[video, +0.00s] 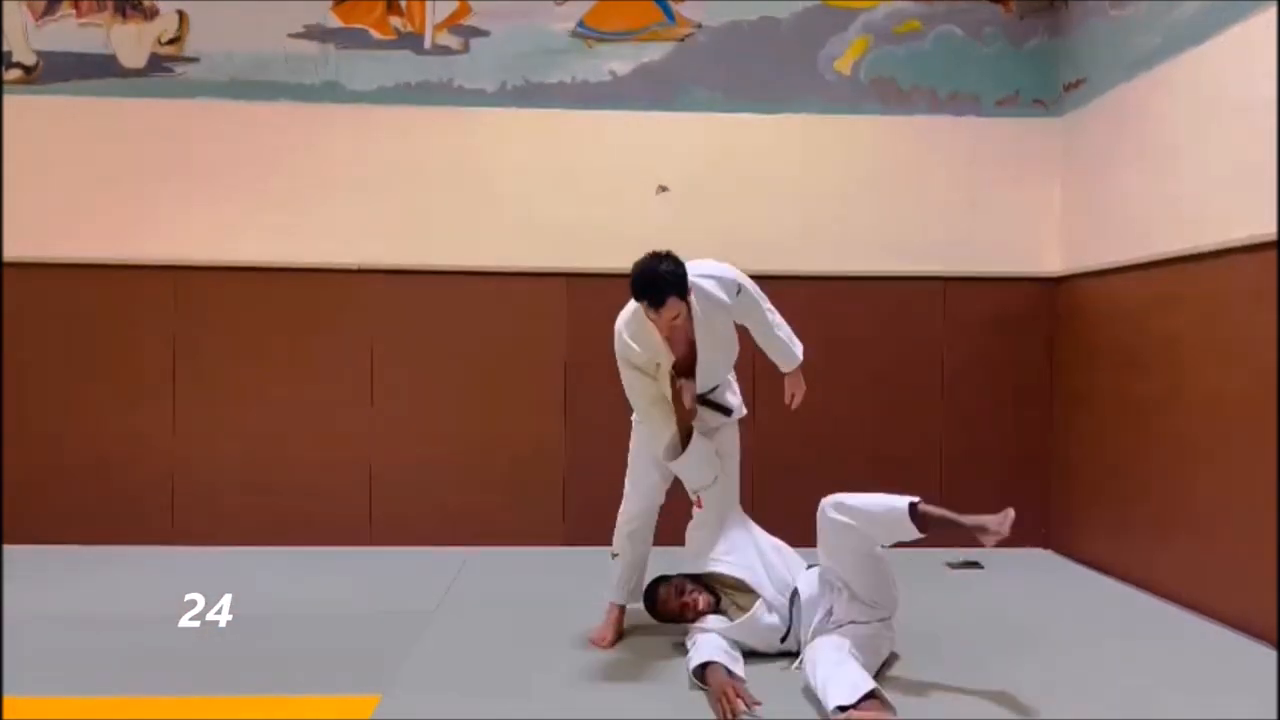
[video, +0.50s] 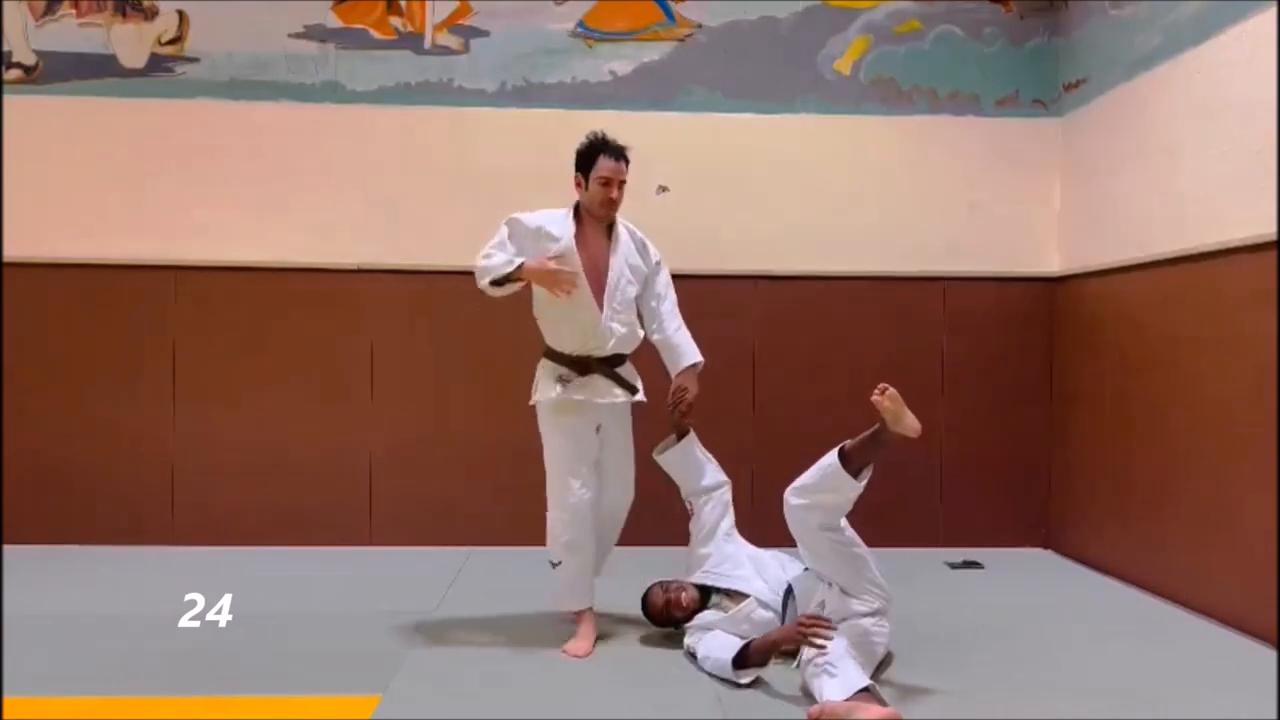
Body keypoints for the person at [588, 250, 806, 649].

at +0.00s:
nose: (669, 327)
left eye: (676, 317)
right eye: (658, 320)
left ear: (688, 293)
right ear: (643, 306)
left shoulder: (722, 286)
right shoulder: (629, 332)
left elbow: (762, 317)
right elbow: (649, 408)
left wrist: (790, 366)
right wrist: (687, 468)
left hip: (715, 410)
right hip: (657, 418)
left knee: (720, 508)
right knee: (637, 510)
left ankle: (702, 602)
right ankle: (616, 609)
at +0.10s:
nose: (660, 302)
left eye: (669, 292)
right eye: (650, 294)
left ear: (683, 270)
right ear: (636, 279)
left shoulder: (718, 276)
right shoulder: (621, 313)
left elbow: (758, 316)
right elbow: (632, 387)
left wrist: (784, 368)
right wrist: (664, 443)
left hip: (710, 399)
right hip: (648, 409)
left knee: (719, 502)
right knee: (631, 502)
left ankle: (704, 599)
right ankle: (609, 606)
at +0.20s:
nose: (646, 251)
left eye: (656, 239)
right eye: (636, 240)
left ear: (671, 231)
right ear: (623, 234)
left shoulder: (703, 265)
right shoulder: (602, 284)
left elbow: (738, 316)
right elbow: (588, 352)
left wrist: (762, 374)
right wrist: (620, 401)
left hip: (694, 403)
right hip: (631, 406)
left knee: (714, 503)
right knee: (612, 510)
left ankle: (702, 608)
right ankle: (589, 617)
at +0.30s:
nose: (629, 211)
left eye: (638, 200)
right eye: (619, 200)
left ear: (652, 200)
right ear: (604, 202)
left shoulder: (674, 255)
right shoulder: (572, 258)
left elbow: (702, 317)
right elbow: (533, 312)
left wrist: (722, 376)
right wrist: (560, 363)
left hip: (661, 400)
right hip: (600, 402)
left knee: (707, 493)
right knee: (594, 517)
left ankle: (698, 601)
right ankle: (588, 620)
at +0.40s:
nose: (618, 187)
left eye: (626, 177)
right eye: (609, 176)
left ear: (636, 181)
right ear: (588, 177)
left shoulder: (655, 241)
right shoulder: (550, 223)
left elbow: (680, 308)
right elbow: (498, 254)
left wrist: (694, 362)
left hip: (637, 385)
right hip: (578, 387)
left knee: (660, 496)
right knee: (580, 511)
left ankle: (643, 571)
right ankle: (586, 618)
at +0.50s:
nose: (614, 192)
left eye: (621, 184)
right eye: (605, 182)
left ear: (627, 187)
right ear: (579, 182)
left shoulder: (637, 248)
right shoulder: (539, 230)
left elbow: (663, 315)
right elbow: (486, 270)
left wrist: (688, 369)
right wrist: (527, 272)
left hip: (616, 384)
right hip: (563, 384)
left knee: (617, 496)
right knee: (574, 499)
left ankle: (577, 582)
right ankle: (585, 616)